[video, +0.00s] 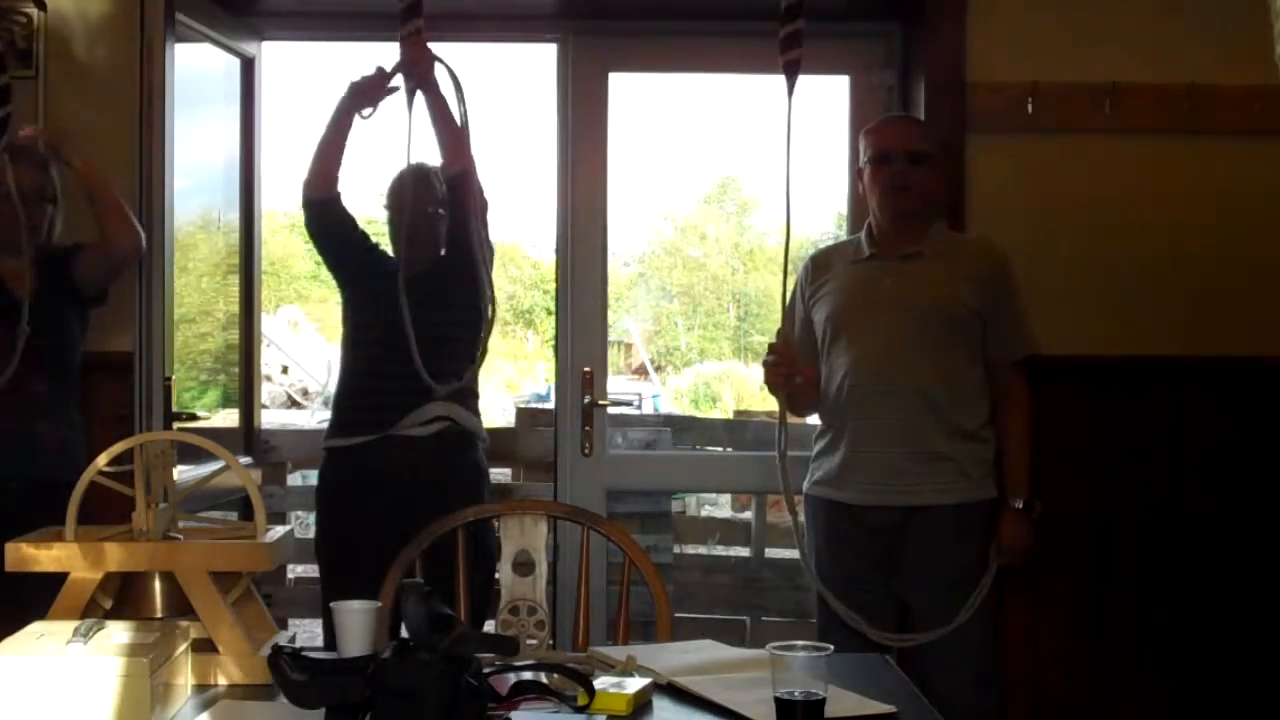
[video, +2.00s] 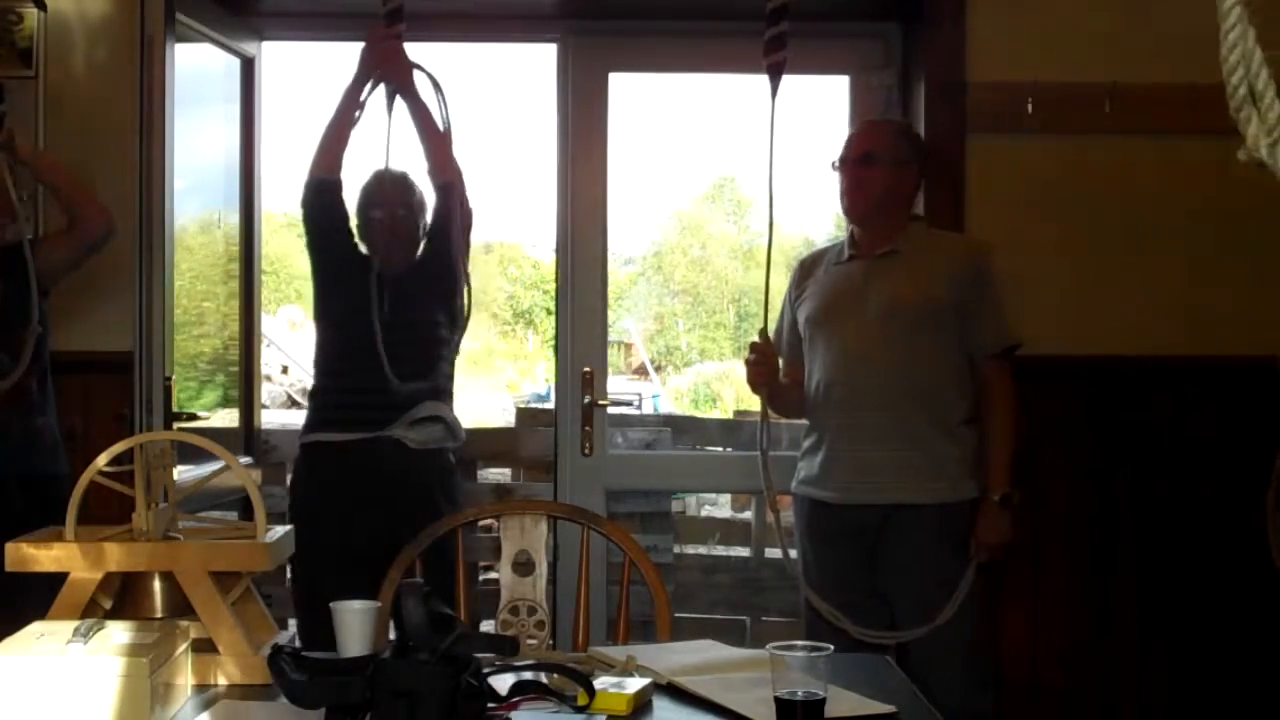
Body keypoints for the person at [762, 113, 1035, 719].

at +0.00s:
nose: (900, 173)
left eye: (917, 160)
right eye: (884, 161)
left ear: (939, 175)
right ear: (862, 177)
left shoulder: (979, 264)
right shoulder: (822, 269)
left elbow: (1010, 389)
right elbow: (805, 397)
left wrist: (1016, 503)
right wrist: (787, 384)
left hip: (952, 509)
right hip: (842, 508)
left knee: (953, 684)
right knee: (853, 681)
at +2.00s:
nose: (846, 173)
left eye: (865, 161)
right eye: (843, 162)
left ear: (910, 178)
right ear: (838, 175)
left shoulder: (958, 262)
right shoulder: (811, 272)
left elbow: (996, 383)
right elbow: (800, 397)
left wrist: (997, 498)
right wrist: (769, 386)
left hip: (933, 508)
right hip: (829, 508)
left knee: (940, 678)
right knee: (841, 676)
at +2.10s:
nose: (865, 178)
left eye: (881, 165)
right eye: (855, 165)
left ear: (912, 178)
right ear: (839, 177)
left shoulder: (959, 263)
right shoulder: (806, 273)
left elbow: (992, 386)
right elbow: (795, 400)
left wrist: (993, 498)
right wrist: (769, 385)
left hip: (932, 508)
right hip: (828, 509)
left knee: (941, 678)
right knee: (840, 676)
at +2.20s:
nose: (875, 180)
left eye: (891, 167)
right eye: (862, 167)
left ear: (912, 179)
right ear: (839, 179)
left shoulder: (959, 261)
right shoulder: (801, 271)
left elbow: (992, 384)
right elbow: (791, 399)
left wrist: (993, 496)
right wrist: (769, 385)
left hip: (933, 505)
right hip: (829, 507)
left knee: (942, 676)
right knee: (842, 675)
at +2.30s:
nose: (891, 179)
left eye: (900, 166)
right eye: (874, 167)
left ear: (918, 176)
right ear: (843, 177)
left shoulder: (963, 263)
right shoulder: (800, 270)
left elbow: (994, 385)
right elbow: (779, 399)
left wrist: (995, 495)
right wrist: (768, 380)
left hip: (940, 506)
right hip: (833, 507)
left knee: (948, 674)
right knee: (848, 675)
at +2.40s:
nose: (883, 181)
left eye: (895, 168)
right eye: (868, 168)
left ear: (917, 177)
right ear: (848, 179)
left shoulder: (969, 264)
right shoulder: (806, 268)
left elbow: (1002, 386)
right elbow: (778, 397)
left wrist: (1002, 495)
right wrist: (774, 364)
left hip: (947, 509)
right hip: (837, 508)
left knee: (948, 677)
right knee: (847, 676)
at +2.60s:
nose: (956, 182)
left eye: (956, 169)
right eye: (939, 170)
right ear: (882, 181)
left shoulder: (990, 264)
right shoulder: (827, 261)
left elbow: (1019, 388)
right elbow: (779, 382)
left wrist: (1028, 498)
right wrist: (779, 338)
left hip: (963, 507)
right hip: (852, 506)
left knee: (965, 681)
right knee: (859, 678)